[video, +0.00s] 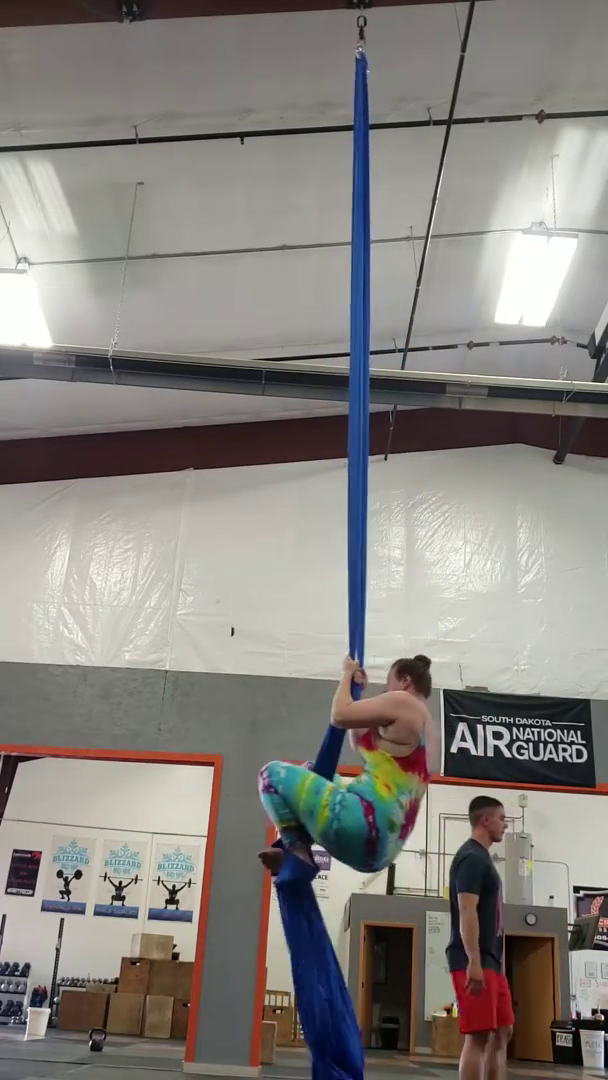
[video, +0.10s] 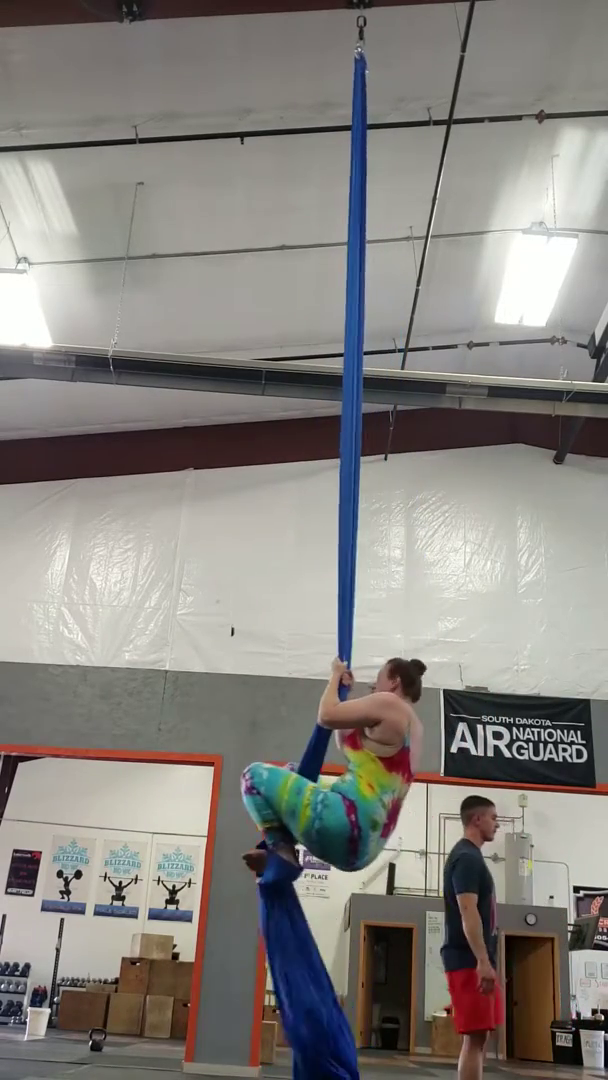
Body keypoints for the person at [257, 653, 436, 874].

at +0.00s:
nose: (387, 688)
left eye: (389, 682)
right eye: (387, 683)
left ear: (406, 681)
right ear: (413, 685)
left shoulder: (403, 703)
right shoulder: (423, 720)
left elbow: (340, 714)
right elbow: (358, 743)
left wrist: (346, 676)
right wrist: (357, 693)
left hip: (362, 826)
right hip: (381, 851)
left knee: (272, 775)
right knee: (309, 773)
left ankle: (299, 852)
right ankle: (293, 847)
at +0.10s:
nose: (375, 687)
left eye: (378, 682)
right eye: (376, 682)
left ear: (395, 683)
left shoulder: (389, 704)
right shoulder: (412, 723)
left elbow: (327, 715)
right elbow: (345, 741)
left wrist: (334, 679)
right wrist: (343, 694)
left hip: (344, 824)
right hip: (361, 850)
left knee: (255, 776)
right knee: (283, 776)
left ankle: (282, 850)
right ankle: (278, 848)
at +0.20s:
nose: (367, 680)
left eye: (373, 675)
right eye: (371, 674)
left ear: (387, 684)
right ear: (391, 687)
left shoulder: (377, 704)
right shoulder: (400, 725)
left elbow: (316, 715)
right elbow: (334, 741)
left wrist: (325, 678)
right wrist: (333, 696)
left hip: (323, 822)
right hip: (342, 847)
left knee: (236, 775)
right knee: (273, 770)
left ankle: (265, 847)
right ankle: (259, 848)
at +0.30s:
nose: (360, 680)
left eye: (367, 675)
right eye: (365, 675)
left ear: (379, 686)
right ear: (384, 690)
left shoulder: (366, 706)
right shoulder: (388, 727)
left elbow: (305, 715)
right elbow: (325, 741)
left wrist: (314, 679)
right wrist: (323, 696)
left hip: (302, 822)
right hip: (322, 838)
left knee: (216, 777)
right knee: (254, 768)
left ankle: (247, 848)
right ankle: (245, 847)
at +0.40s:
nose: (351, 683)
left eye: (357, 679)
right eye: (355, 678)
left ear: (369, 687)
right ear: (374, 692)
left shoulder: (355, 707)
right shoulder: (371, 727)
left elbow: (293, 714)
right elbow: (313, 742)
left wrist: (302, 678)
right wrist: (312, 696)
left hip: (282, 821)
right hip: (301, 836)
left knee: (197, 780)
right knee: (234, 767)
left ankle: (231, 846)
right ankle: (234, 844)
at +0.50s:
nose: (337, 682)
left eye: (344, 678)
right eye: (342, 678)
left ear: (355, 688)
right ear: (361, 693)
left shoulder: (343, 706)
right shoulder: (356, 724)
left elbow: (281, 714)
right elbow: (301, 741)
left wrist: (289, 680)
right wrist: (299, 696)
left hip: (266, 820)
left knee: (179, 786)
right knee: (214, 769)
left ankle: (220, 848)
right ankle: (225, 846)